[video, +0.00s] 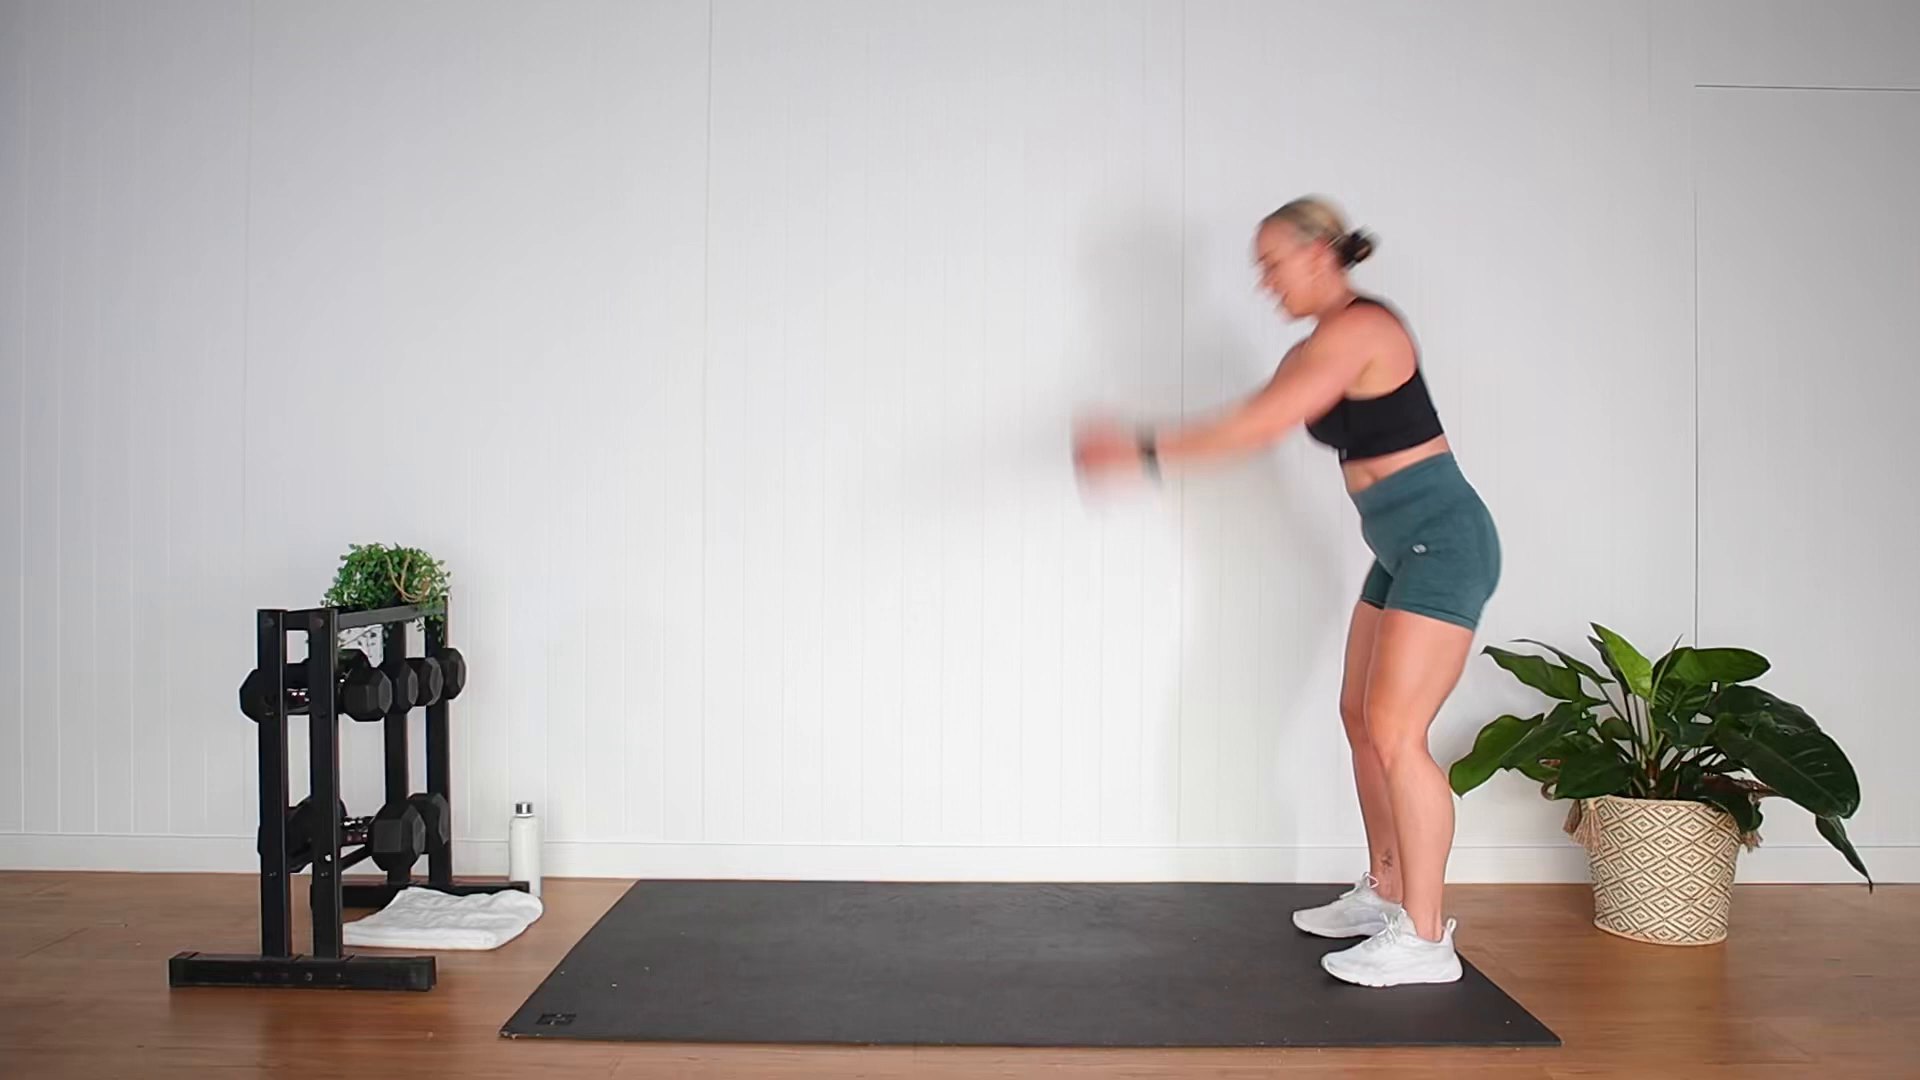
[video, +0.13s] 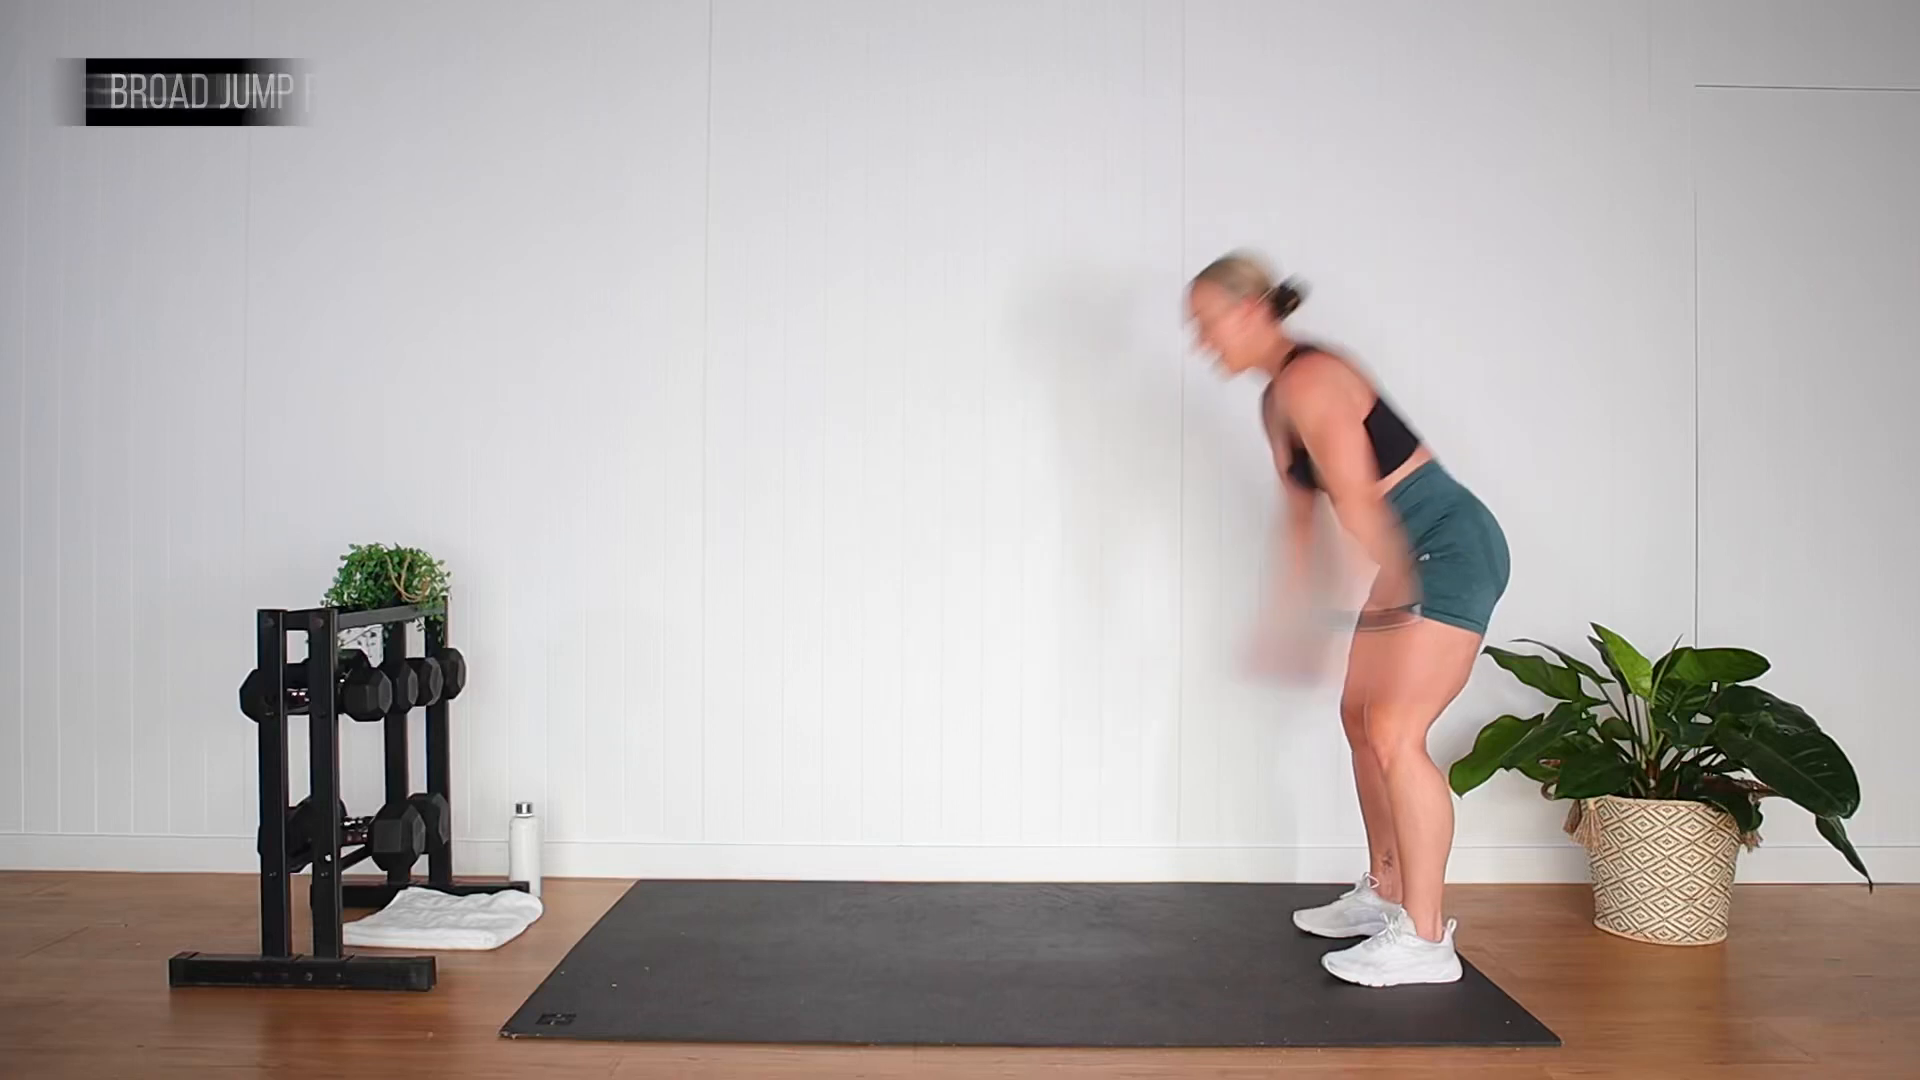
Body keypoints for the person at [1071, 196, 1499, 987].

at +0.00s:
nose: (1266, 282)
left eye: (1274, 265)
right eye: (1263, 267)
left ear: (1323, 254)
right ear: (1312, 259)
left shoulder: (1357, 331)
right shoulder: (1326, 337)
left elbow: (1259, 426)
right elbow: (1249, 425)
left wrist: (1146, 451)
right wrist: (1148, 446)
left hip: (1444, 541)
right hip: (1400, 546)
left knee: (1398, 732)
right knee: (1365, 723)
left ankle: (1426, 937)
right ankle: (1390, 893)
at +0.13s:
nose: (1201, 340)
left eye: (1208, 321)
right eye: (1196, 326)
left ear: (1255, 310)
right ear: (1242, 318)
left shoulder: (1314, 383)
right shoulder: (1279, 399)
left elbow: (1363, 504)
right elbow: (1300, 521)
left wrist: (1398, 573)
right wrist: (1287, 626)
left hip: (1454, 543)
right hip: (1409, 548)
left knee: (1397, 731)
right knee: (1363, 718)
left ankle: (1427, 936)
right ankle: (1389, 893)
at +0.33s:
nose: (1130, 437)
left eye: (1135, 418)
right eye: (1125, 422)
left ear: (1183, 404)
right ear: (1182, 406)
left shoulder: (1253, 446)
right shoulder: (1239, 452)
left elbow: (1391, 438)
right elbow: (1366, 454)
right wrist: (1453, 485)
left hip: (1440, 561)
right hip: (1397, 572)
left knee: (1367, 738)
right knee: (1341, 726)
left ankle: (1424, 934)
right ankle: (1387, 890)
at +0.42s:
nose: (1112, 453)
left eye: (1118, 435)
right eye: (1109, 438)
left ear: (1165, 425)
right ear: (1166, 425)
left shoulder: (1233, 467)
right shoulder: (1220, 468)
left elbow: (1361, 466)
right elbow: (1349, 469)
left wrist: (1481, 467)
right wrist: (1447, 485)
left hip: (1426, 575)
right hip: (1387, 582)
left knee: (1345, 743)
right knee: (1322, 730)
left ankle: (1422, 936)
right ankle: (1384, 892)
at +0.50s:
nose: (1099, 450)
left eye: (1104, 433)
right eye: (1096, 435)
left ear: (1152, 425)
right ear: (1153, 426)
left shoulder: (1223, 476)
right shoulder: (1207, 472)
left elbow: (1346, 527)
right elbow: (1335, 522)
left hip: (1403, 600)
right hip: (1369, 596)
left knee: (1316, 753)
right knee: (1298, 739)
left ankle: (1416, 932)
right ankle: (1381, 891)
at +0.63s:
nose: (1105, 402)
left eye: (1110, 383)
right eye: (1101, 386)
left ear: (1156, 374)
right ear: (1152, 377)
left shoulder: (1206, 453)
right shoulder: (1190, 451)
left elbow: (1214, 592)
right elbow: (1202, 578)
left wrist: (1187, 688)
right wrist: (1176, 676)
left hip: (1357, 606)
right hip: (1323, 609)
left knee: (1275, 775)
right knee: (1257, 757)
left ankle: (1410, 923)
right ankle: (1373, 890)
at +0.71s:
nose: (1096, 337)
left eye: (1102, 318)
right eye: (1092, 321)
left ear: (1146, 309)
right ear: (1141, 314)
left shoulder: (1183, 391)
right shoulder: (1170, 387)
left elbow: (1123, 511)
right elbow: (1116, 500)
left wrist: (1026, 551)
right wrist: (1013, 531)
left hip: (1296, 575)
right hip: (1277, 577)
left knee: (1266, 768)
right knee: (1251, 755)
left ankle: (1405, 916)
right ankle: (1373, 887)